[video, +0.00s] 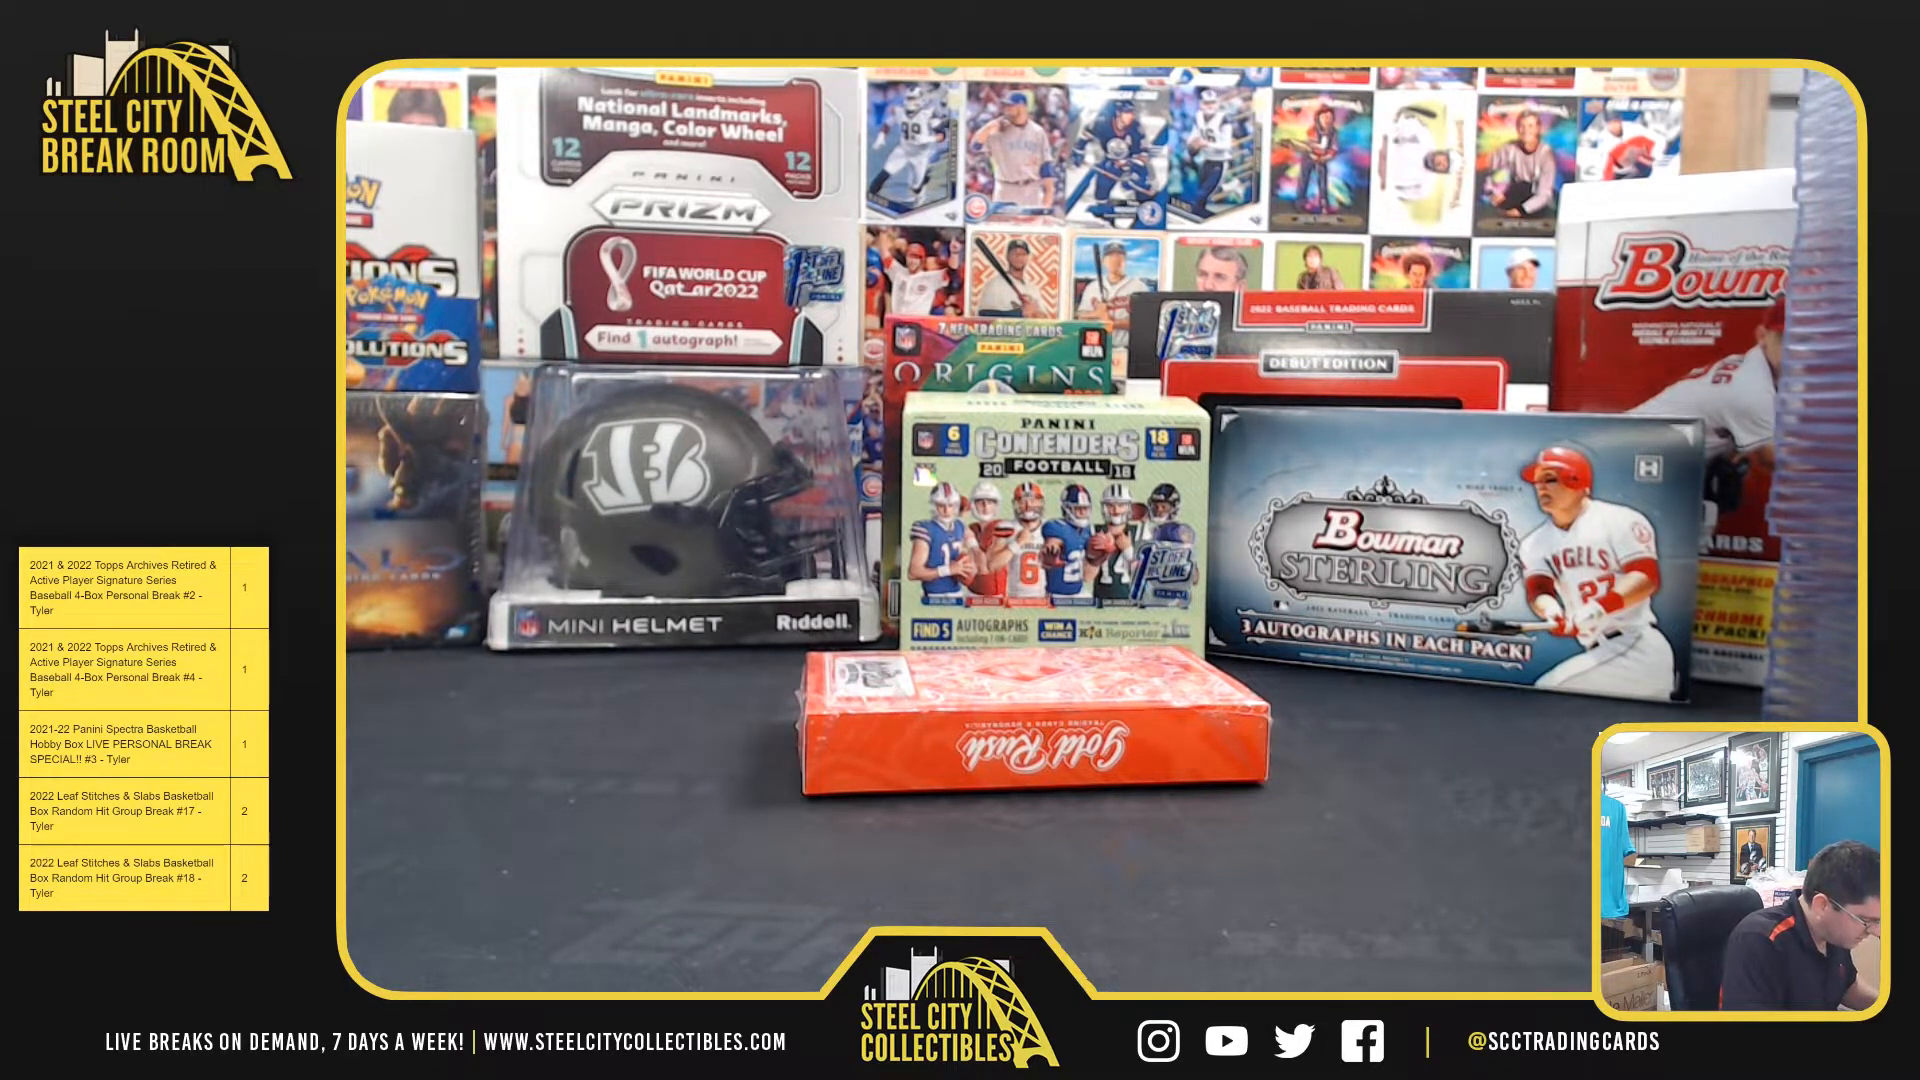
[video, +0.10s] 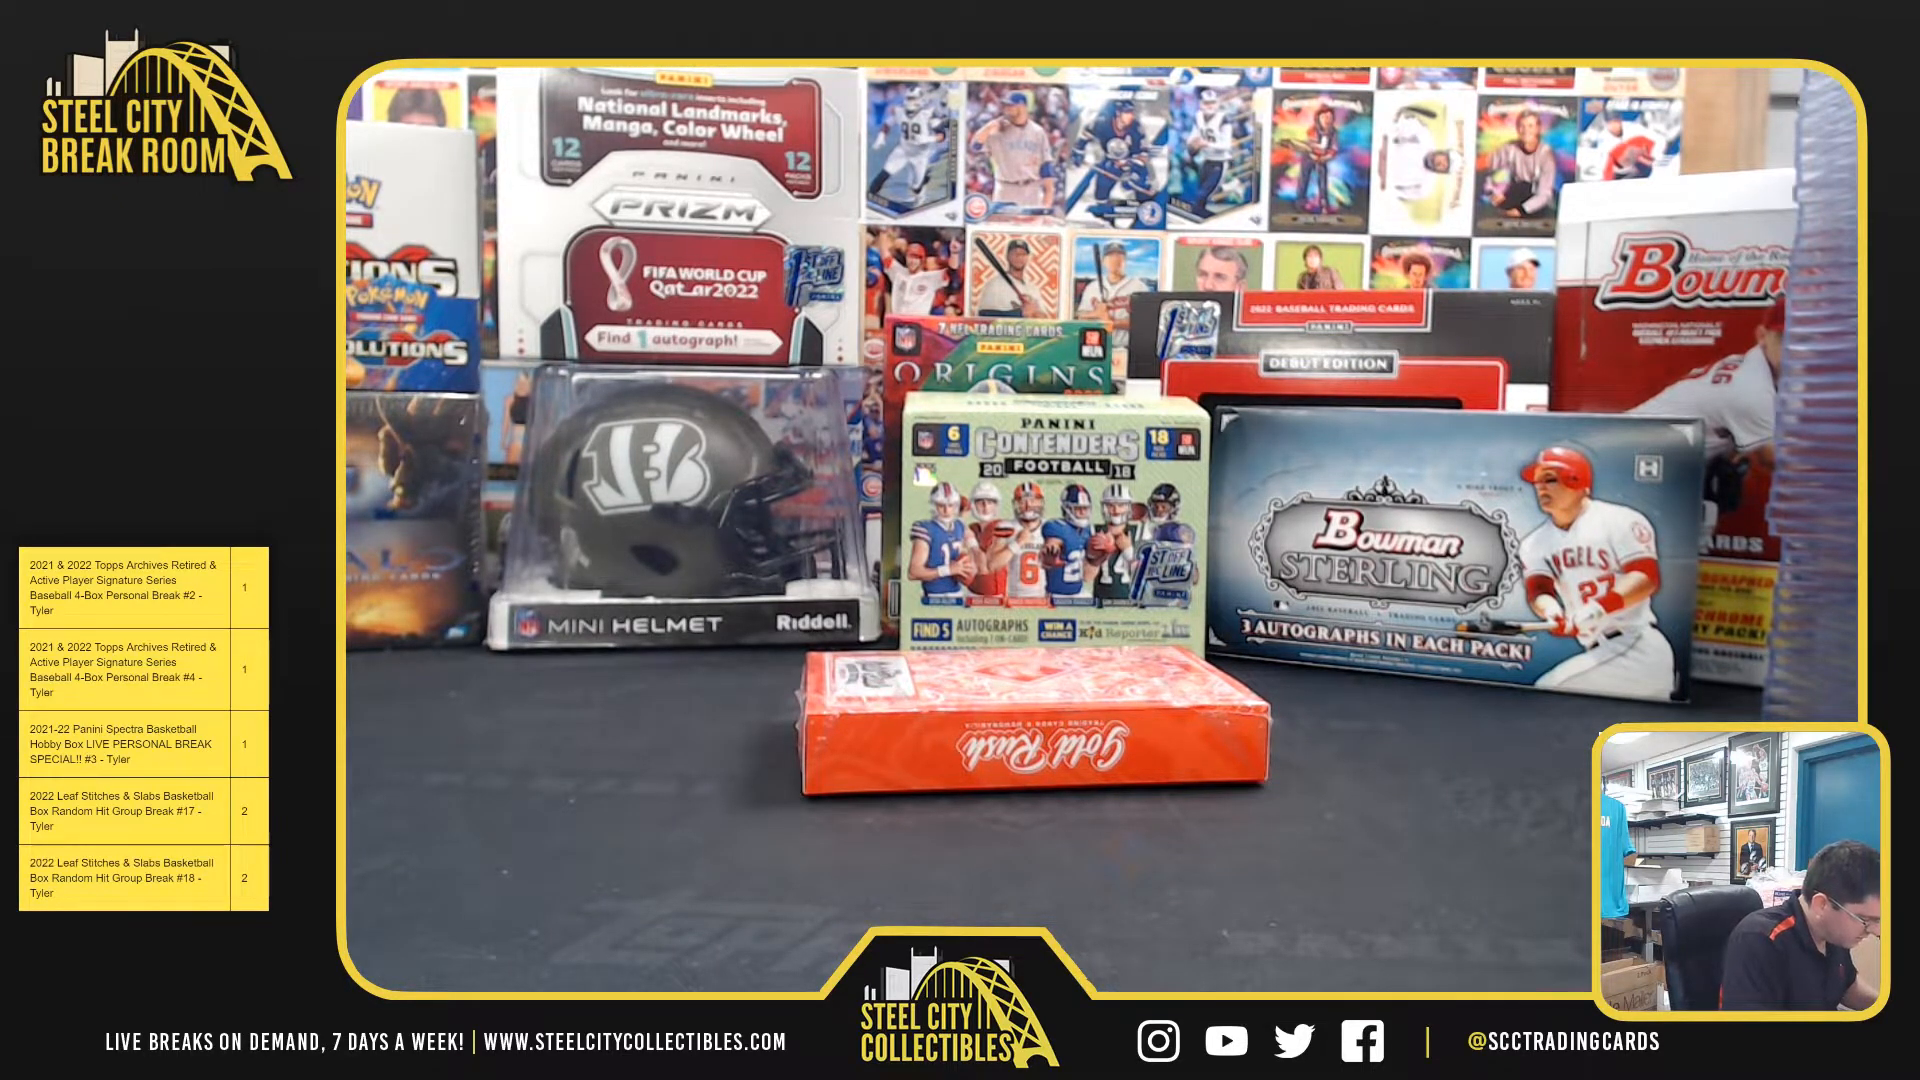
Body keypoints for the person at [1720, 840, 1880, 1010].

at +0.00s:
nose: (1876, 933)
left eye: (1877, 922)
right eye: (1866, 921)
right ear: (1821, 905)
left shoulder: (1833, 931)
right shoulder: (1757, 941)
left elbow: (1849, 989)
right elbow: (1745, 1020)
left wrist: (1886, 1005)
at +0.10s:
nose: (1876, 932)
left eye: (1877, 921)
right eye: (1866, 921)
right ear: (1821, 905)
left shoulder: (1832, 931)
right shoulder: (1757, 941)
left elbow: (1849, 988)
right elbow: (1745, 1020)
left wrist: (1885, 1005)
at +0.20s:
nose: (1874, 930)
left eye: (1876, 919)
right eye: (1864, 919)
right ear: (1819, 904)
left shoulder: (1831, 931)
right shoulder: (1757, 940)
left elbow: (1850, 989)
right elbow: (1745, 1019)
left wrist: (1885, 1005)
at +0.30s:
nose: (1871, 929)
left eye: (1874, 918)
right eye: (1861, 917)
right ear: (1817, 902)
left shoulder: (1832, 931)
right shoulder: (1756, 939)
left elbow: (1850, 989)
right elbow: (1745, 1019)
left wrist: (1886, 1005)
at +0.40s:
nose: (1869, 927)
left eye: (1872, 914)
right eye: (1859, 914)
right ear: (1814, 901)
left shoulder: (1831, 929)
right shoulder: (1754, 939)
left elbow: (1850, 987)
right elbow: (1748, 1020)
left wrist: (1887, 1006)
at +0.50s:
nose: (1864, 922)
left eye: (1867, 910)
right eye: (1854, 911)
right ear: (1809, 898)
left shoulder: (1827, 927)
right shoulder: (1752, 938)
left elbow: (1846, 984)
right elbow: (1746, 1018)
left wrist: (1882, 999)